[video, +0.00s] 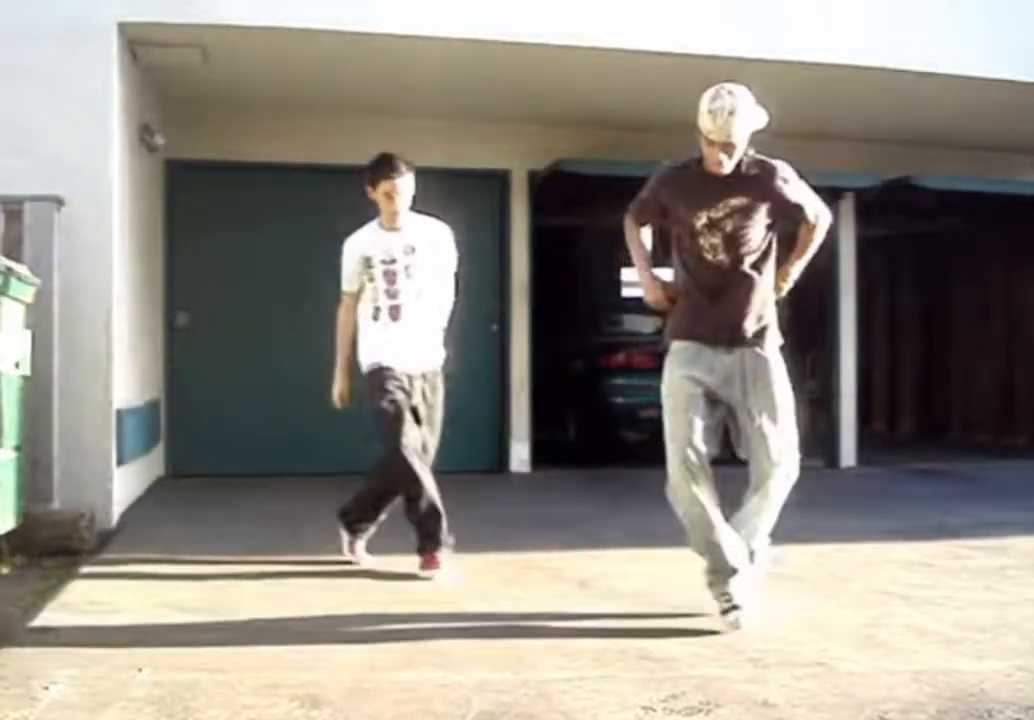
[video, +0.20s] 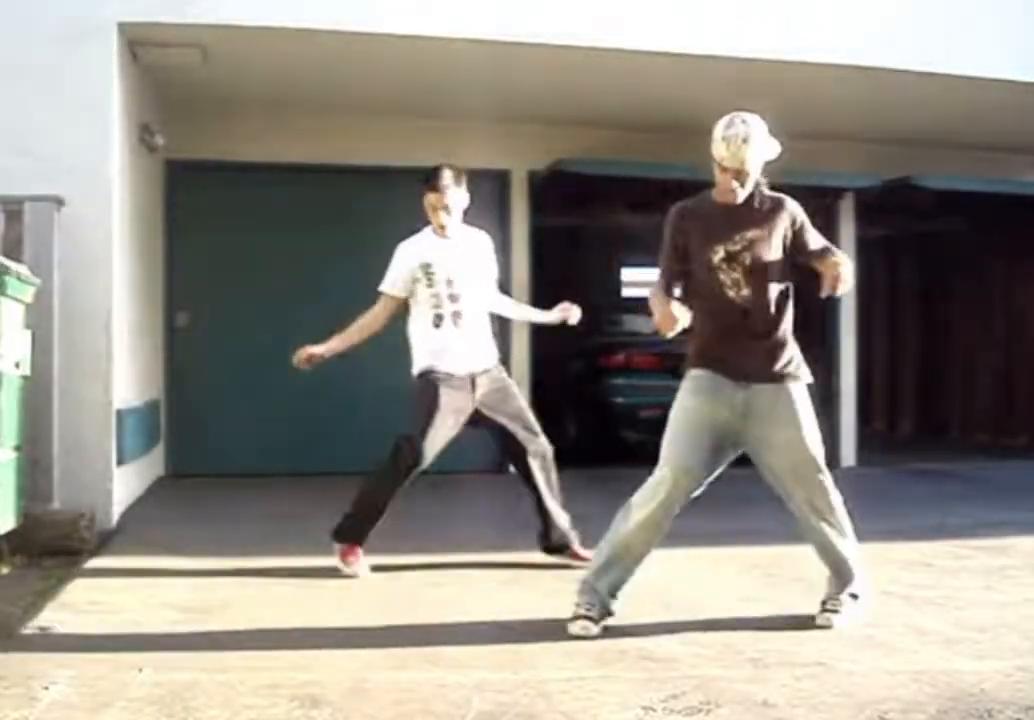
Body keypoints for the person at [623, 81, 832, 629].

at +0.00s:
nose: (723, 154)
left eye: (733, 144)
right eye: (715, 144)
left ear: (749, 135)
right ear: (701, 133)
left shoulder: (771, 178)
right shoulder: (672, 181)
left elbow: (817, 219)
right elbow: (634, 220)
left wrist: (785, 276)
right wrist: (648, 281)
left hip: (755, 342)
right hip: (690, 341)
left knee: (778, 461)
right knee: (684, 463)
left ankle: (739, 558)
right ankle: (725, 578)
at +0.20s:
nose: (733, 181)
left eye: (744, 171)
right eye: (726, 169)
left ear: (762, 164)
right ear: (714, 159)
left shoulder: (783, 213)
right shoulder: (685, 218)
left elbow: (825, 259)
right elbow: (664, 290)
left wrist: (837, 270)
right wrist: (666, 314)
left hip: (778, 380)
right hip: (709, 378)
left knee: (811, 484)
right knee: (669, 484)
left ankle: (847, 588)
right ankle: (596, 595)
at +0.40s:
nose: (713, 151)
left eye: (724, 142)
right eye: (706, 140)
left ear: (739, 136)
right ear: (690, 127)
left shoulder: (747, 175)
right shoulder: (657, 169)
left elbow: (788, 234)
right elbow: (608, 231)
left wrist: (733, 241)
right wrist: (680, 227)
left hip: (724, 336)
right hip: (664, 329)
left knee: (740, 452)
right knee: (671, 447)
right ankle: (695, 580)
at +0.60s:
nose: (678, 173)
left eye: (689, 163)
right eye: (671, 160)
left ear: (703, 160)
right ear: (655, 149)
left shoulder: (706, 206)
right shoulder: (621, 195)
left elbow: (732, 271)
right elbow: (583, 263)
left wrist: (695, 283)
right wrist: (643, 255)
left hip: (686, 365)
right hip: (630, 359)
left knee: (676, 478)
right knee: (663, 474)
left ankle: (625, 574)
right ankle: (732, 595)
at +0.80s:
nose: (633, 145)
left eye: (643, 135)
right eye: (625, 132)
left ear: (655, 133)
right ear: (607, 121)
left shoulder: (659, 172)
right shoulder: (569, 165)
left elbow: (688, 230)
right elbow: (509, 217)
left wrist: (686, 302)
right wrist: (547, 275)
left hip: (651, 340)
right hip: (589, 341)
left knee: (702, 445)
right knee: (584, 458)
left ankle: (694, 566)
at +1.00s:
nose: (615, 162)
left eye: (625, 152)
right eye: (607, 149)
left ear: (640, 156)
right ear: (591, 148)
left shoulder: (634, 210)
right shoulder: (554, 206)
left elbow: (602, 274)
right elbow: (497, 260)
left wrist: (607, 336)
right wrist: (517, 343)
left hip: (629, 367)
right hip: (570, 377)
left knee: (709, 465)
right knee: (554, 495)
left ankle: (776, 571)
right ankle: (478, 589)